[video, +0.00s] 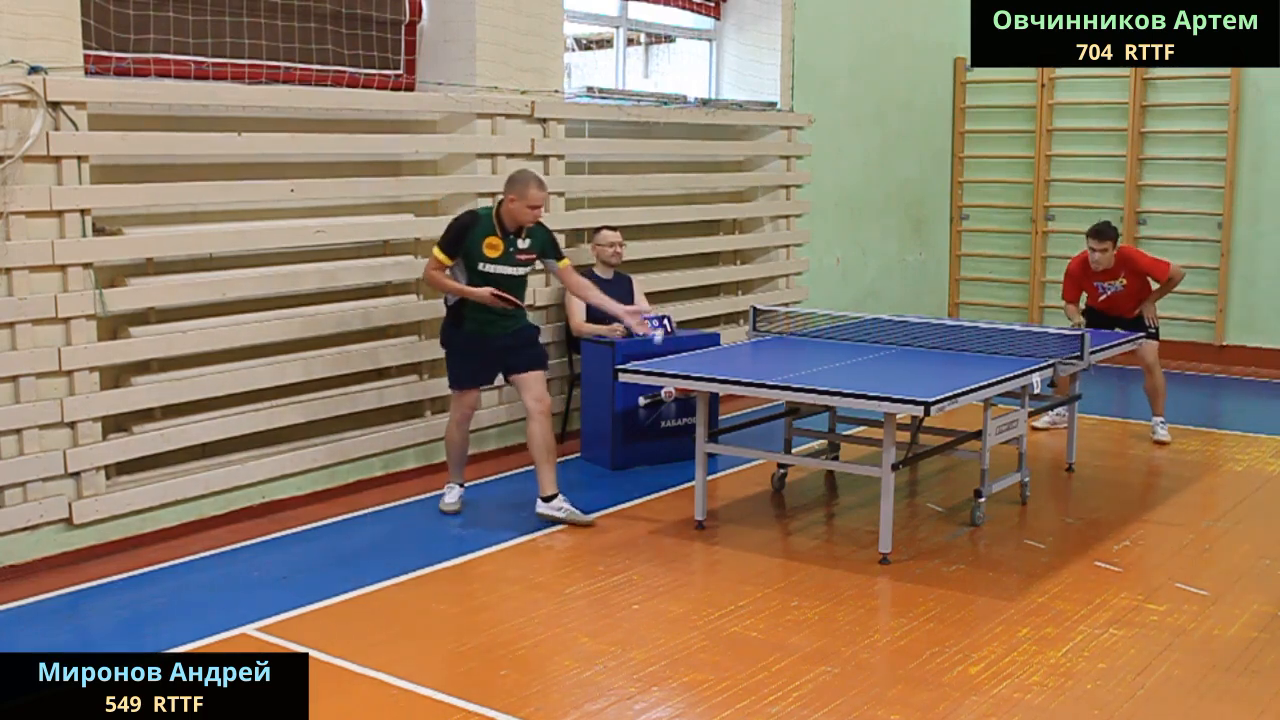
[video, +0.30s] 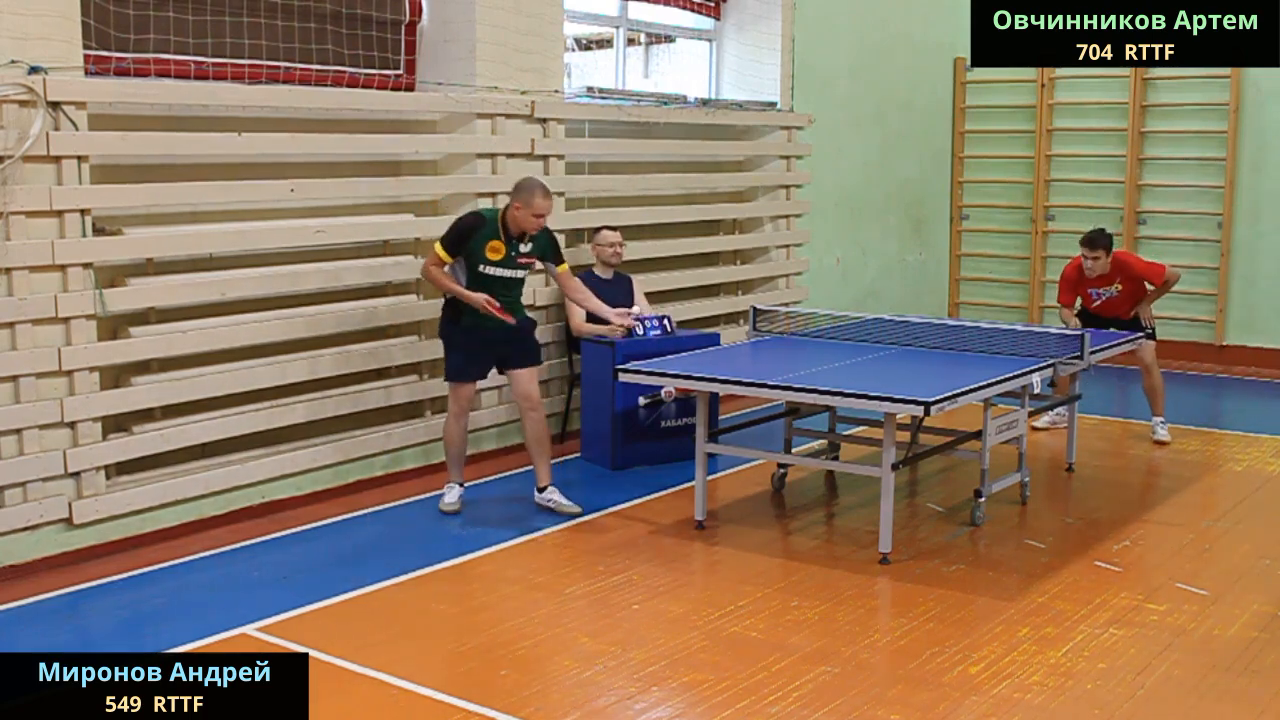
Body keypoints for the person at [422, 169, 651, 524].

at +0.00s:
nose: (539, 216)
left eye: (542, 209)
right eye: (534, 208)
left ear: (537, 205)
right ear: (509, 200)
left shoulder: (538, 236)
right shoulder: (469, 225)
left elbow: (573, 280)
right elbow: (431, 274)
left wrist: (622, 311)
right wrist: (473, 292)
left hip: (515, 329)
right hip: (469, 332)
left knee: (540, 405)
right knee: (463, 411)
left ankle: (549, 497)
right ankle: (454, 484)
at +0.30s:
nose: (543, 223)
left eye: (546, 216)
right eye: (538, 216)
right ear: (516, 208)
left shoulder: (542, 239)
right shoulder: (474, 225)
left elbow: (569, 283)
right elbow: (430, 268)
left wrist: (608, 312)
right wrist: (468, 296)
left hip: (514, 326)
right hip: (468, 326)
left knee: (531, 400)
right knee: (460, 405)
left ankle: (545, 488)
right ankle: (454, 484)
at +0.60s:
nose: (577, 260)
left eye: (581, 254)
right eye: (573, 253)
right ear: (551, 241)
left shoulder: (575, 266)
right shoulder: (512, 248)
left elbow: (595, 309)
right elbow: (482, 309)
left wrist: (623, 341)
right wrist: (529, 337)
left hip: (527, 323)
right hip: (480, 320)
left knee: (534, 401)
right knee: (468, 401)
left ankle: (544, 490)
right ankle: (455, 484)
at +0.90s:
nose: (590, 271)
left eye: (593, 265)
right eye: (585, 264)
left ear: (595, 258)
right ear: (564, 252)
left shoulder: (584, 268)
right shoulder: (533, 262)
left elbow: (609, 309)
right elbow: (529, 330)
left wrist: (635, 334)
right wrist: (581, 351)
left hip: (529, 323)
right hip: (485, 321)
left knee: (537, 400)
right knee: (471, 403)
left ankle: (544, 490)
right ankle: (452, 482)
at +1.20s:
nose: (571, 271)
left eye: (574, 264)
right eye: (566, 263)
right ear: (543, 254)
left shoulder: (565, 279)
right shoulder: (509, 266)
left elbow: (588, 323)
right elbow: (481, 324)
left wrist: (622, 351)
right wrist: (535, 336)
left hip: (516, 328)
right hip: (468, 330)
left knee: (551, 396)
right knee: (468, 416)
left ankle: (553, 483)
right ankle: (451, 487)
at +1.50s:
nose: (568, 282)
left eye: (570, 275)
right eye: (560, 276)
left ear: (570, 274)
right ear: (537, 276)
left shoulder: (565, 302)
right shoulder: (501, 293)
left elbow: (597, 344)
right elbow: (476, 351)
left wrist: (639, 353)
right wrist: (524, 339)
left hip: (526, 361)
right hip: (481, 368)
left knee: (578, 410)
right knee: (488, 450)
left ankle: (599, 498)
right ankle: (455, 487)